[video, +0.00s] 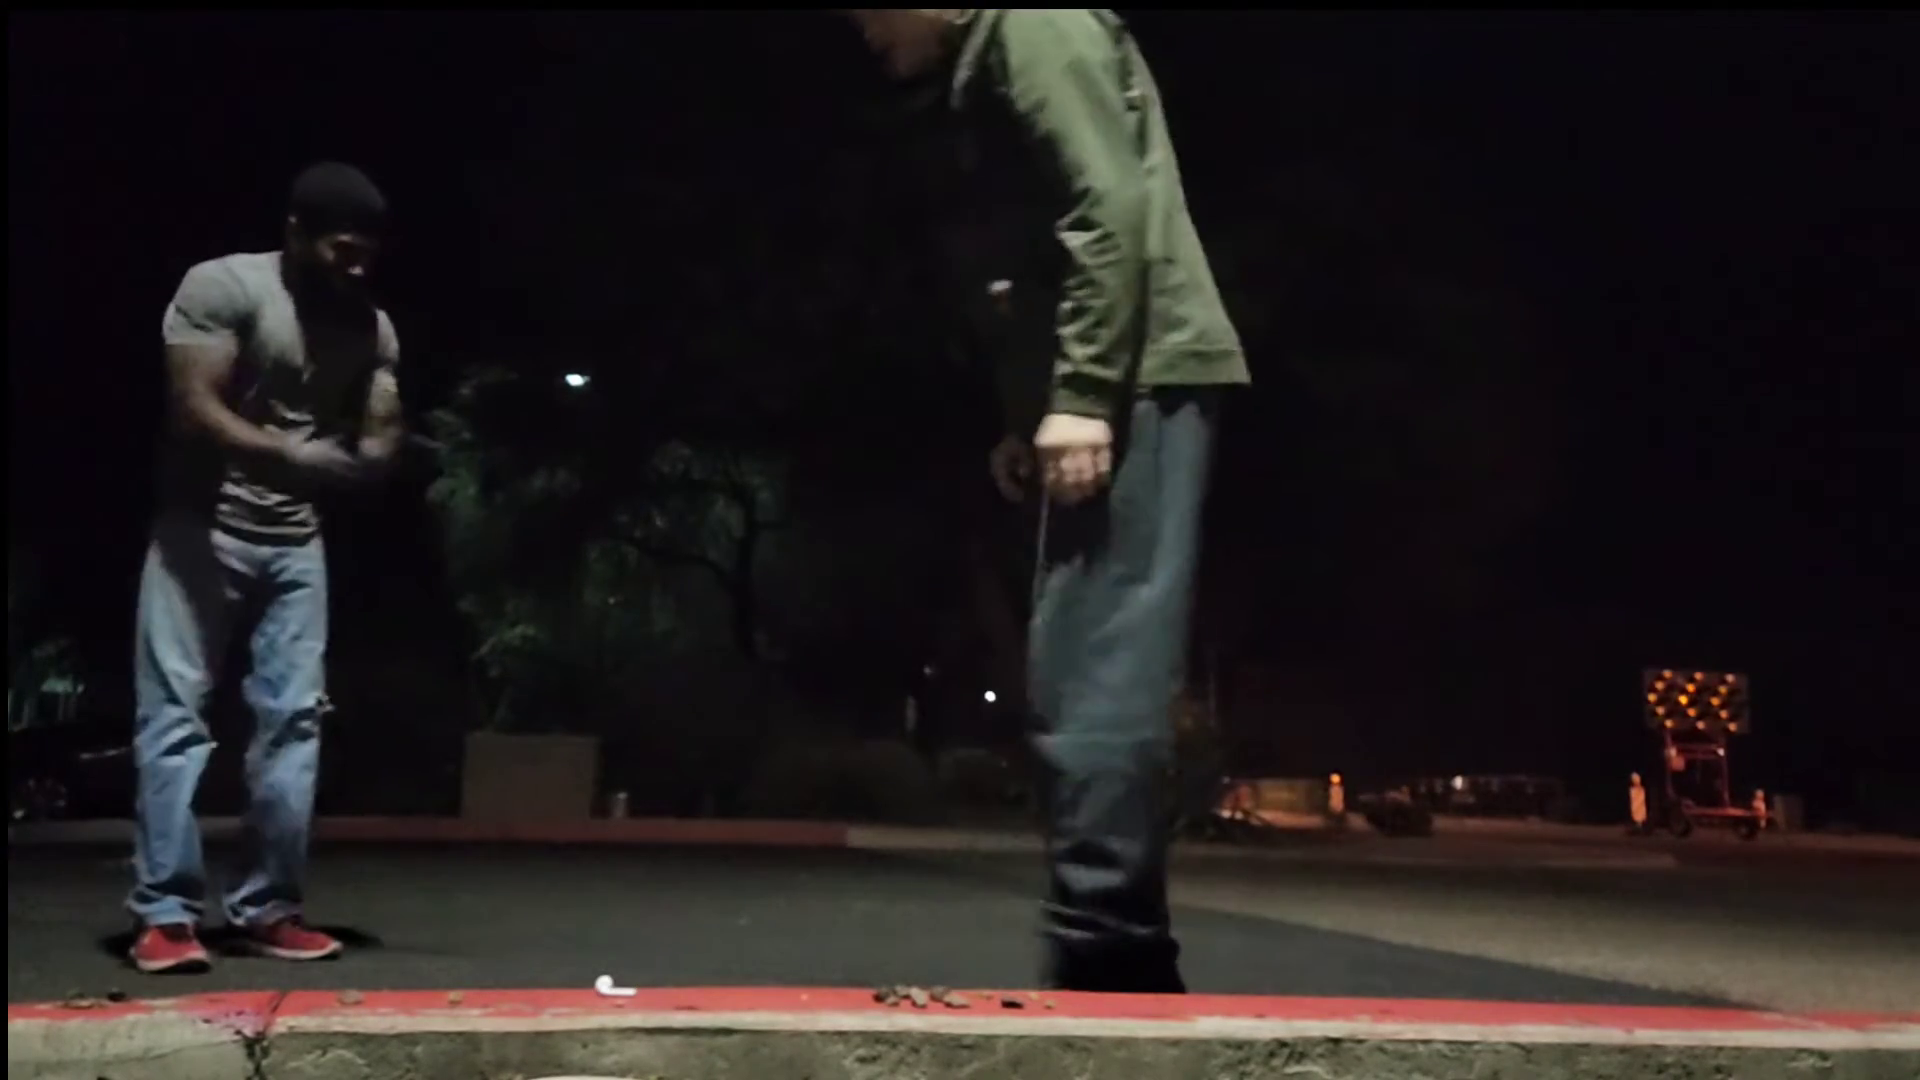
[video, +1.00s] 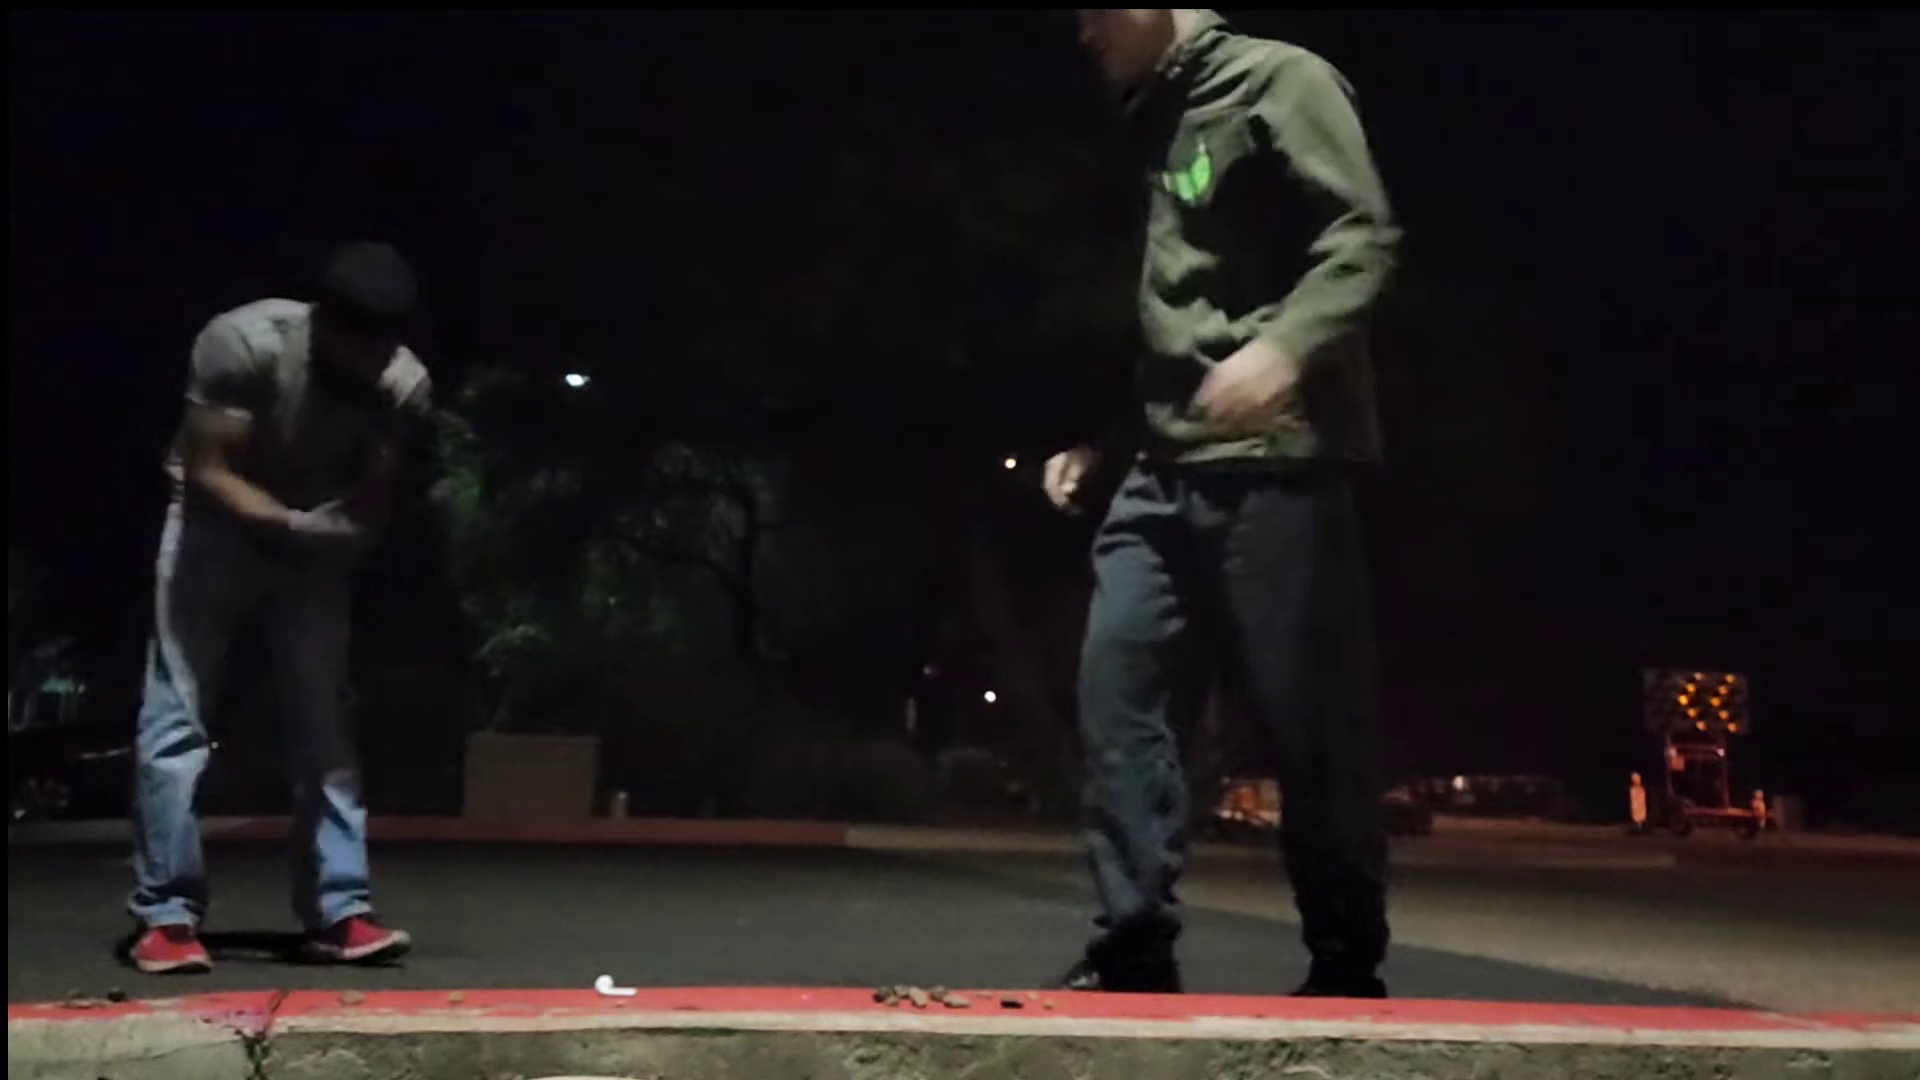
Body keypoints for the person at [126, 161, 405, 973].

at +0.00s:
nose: (356, 270)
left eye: (368, 255)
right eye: (341, 251)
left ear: (378, 251)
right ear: (298, 234)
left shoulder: (372, 327)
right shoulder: (220, 288)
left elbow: (380, 443)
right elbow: (195, 407)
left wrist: (346, 450)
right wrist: (290, 451)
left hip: (296, 551)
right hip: (201, 542)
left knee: (293, 715)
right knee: (178, 715)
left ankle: (267, 908)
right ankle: (164, 913)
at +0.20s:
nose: (346, 294)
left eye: (355, 280)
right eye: (333, 277)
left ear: (361, 277)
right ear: (293, 263)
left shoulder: (359, 351)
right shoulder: (205, 309)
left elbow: (339, 463)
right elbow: (179, 441)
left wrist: (341, 491)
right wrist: (299, 483)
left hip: (268, 536)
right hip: (171, 531)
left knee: (274, 712)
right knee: (160, 714)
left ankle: (261, 905)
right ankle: (163, 914)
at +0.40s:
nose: (325, 319)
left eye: (338, 304)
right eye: (313, 300)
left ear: (347, 304)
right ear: (280, 290)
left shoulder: (351, 365)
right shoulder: (193, 325)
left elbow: (330, 480)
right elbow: (155, 448)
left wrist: (357, 500)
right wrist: (222, 504)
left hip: (263, 538)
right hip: (161, 530)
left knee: (268, 719)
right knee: (150, 717)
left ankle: (266, 905)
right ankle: (162, 912)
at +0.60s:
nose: (322, 328)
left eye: (333, 313)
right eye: (309, 311)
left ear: (344, 310)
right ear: (275, 302)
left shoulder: (351, 364)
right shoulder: (191, 329)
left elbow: (351, 473)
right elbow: (152, 451)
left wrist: (350, 486)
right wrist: (209, 518)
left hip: (267, 531)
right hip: (164, 524)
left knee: (284, 707)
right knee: (154, 708)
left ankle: (272, 897)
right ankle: (158, 911)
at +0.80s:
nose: (330, 343)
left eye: (343, 327)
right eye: (317, 324)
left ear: (357, 321)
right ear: (287, 312)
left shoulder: (368, 370)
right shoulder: (206, 337)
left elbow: (363, 476)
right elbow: (172, 466)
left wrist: (335, 510)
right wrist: (250, 519)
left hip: (281, 531)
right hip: (178, 524)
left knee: (303, 705)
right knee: (158, 709)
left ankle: (330, 898)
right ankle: (165, 913)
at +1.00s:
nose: (369, 354)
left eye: (380, 340)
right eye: (357, 337)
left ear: (393, 335)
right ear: (324, 324)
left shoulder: (404, 387)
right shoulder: (243, 344)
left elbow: (377, 499)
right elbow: (206, 470)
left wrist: (340, 523)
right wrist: (292, 519)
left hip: (314, 547)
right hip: (212, 536)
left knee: (326, 722)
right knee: (180, 717)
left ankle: (338, 910)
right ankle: (166, 915)